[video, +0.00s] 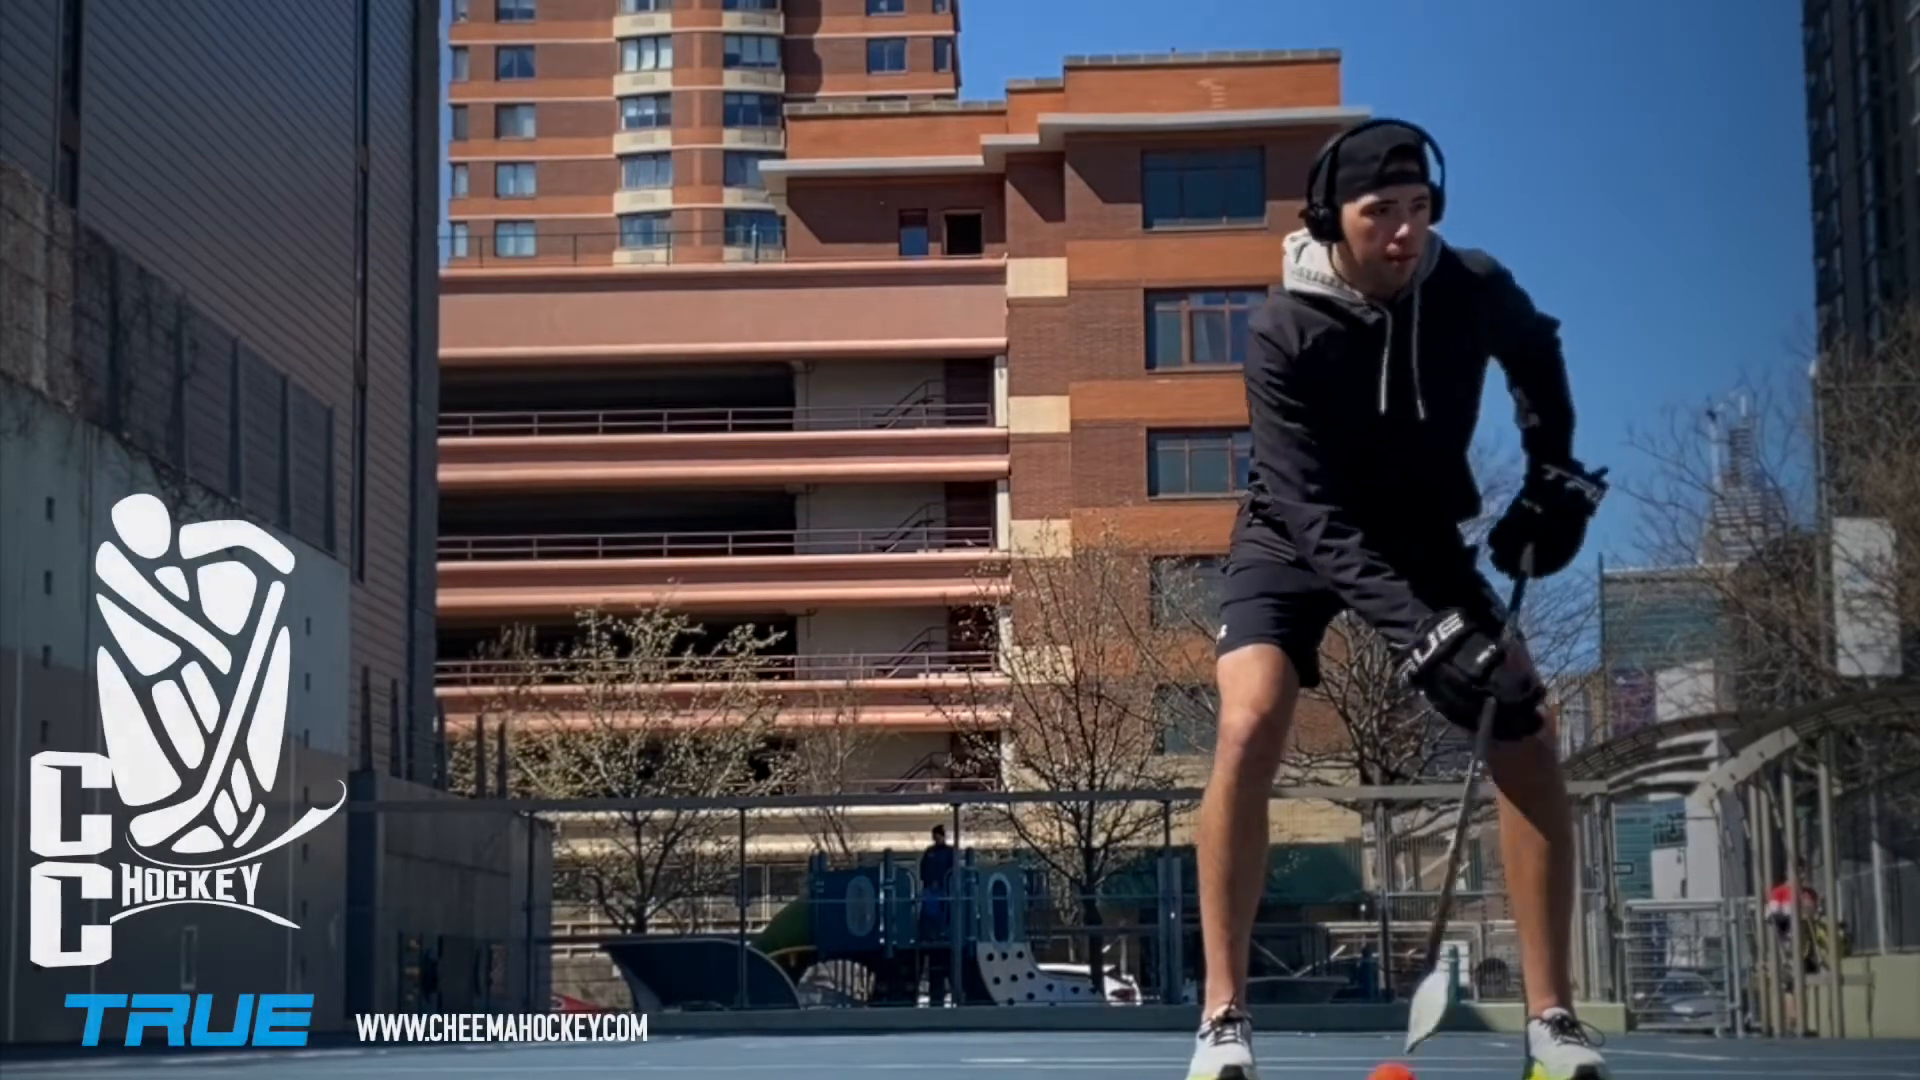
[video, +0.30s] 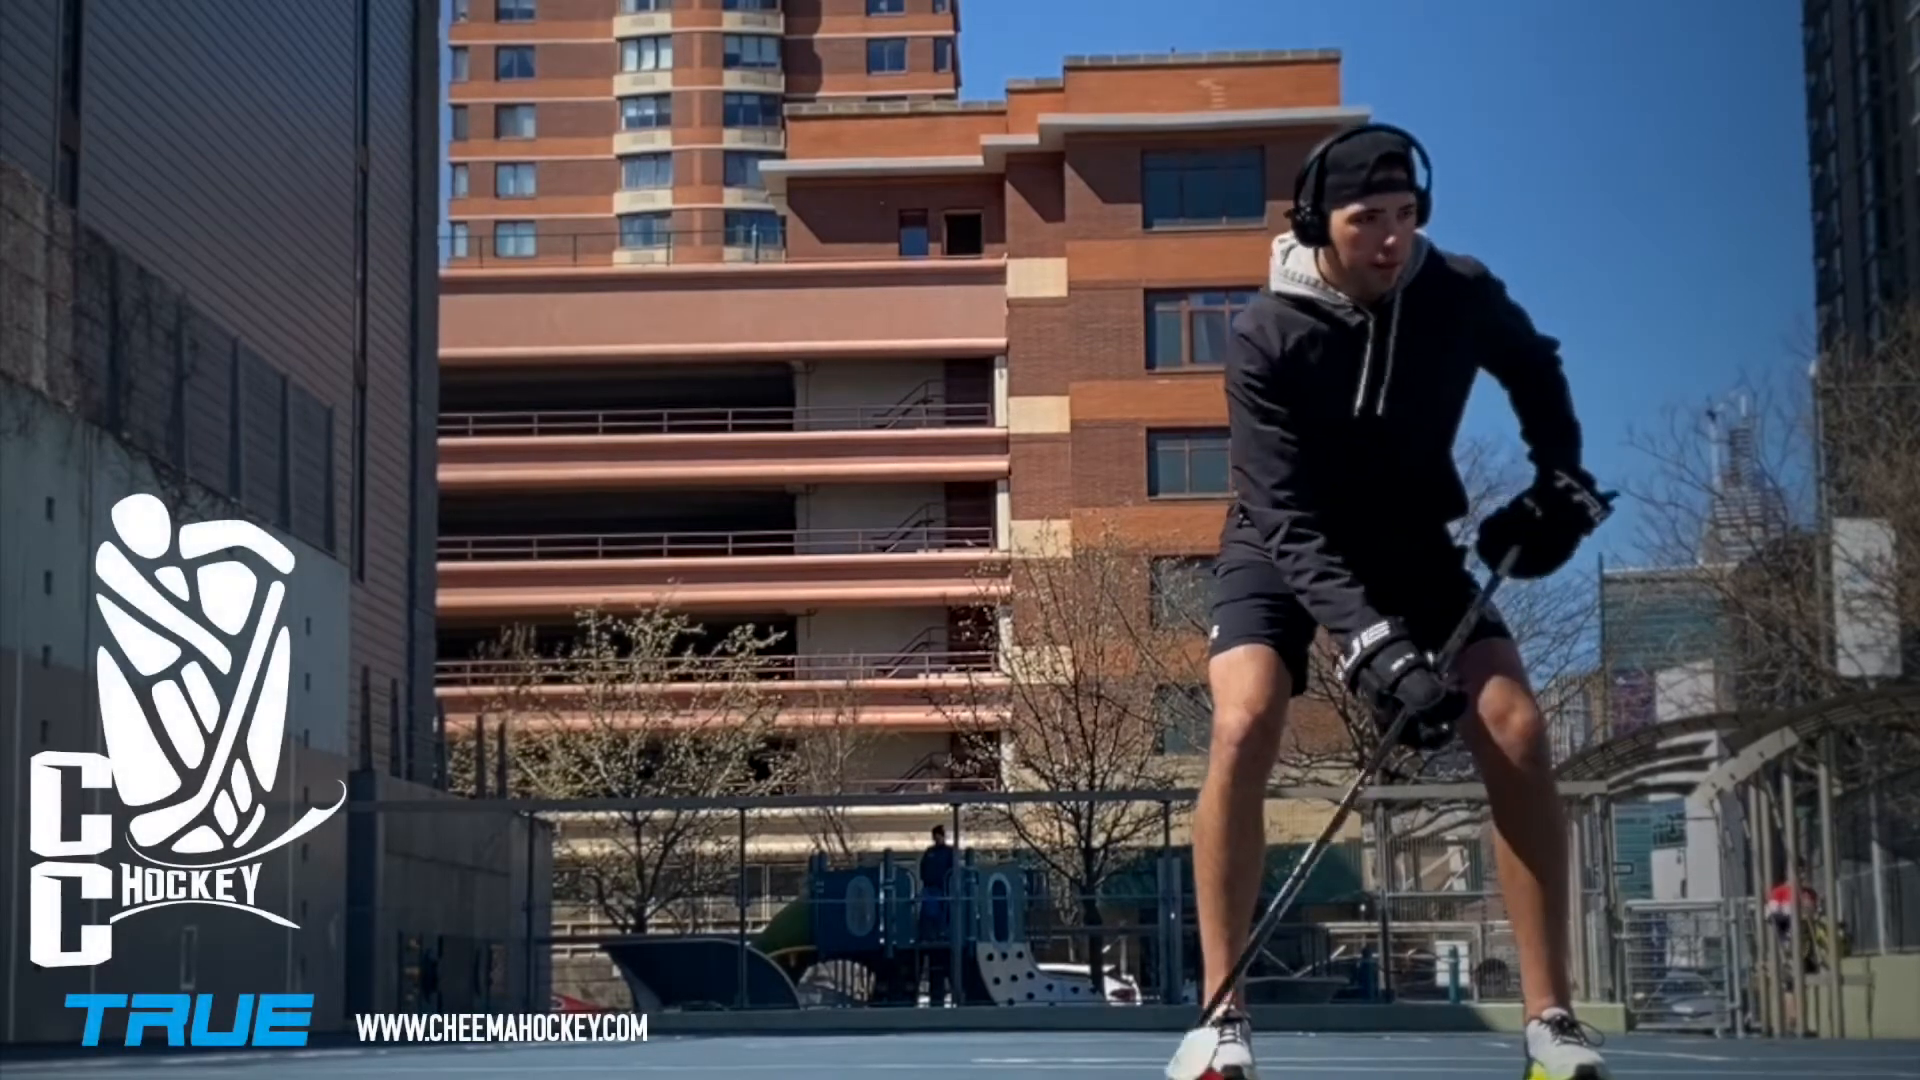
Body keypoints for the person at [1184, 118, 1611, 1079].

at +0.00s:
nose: (1404, 229)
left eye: (1419, 208)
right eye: (1380, 211)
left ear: (1436, 211)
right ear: (1332, 219)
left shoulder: (1471, 287)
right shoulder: (1286, 328)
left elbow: (1534, 354)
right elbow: (1309, 515)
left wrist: (1551, 472)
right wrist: (1425, 632)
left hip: (1425, 534)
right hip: (1295, 535)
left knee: (1528, 744)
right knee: (1249, 727)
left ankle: (1552, 1018)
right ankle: (1223, 1016)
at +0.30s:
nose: (1391, 235)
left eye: (1405, 214)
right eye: (1368, 217)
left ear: (1422, 215)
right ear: (1319, 223)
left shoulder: (1460, 296)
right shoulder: (1269, 337)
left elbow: (1533, 369)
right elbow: (1281, 520)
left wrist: (1563, 479)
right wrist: (1372, 642)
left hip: (1414, 540)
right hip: (1281, 543)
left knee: (1518, 727)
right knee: (1243, 728)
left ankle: (1550, 1015)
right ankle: (1222, 1016)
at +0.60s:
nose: (1364, 244)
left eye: (1378, 222)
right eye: (1339, 226)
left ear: (1395, 218)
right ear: (1292, 227)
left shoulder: (1434, 280)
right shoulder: (1259, 342)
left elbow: (1502, 331)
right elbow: (1311, 522)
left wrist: (1496, 447)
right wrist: (1432, 650)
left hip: (1409, 533)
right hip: (1280, 538)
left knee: (1517, 741)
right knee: (1237, 726)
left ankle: (1547, 1014)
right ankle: (1221, 1014)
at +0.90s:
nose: (1395, 253)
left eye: (1411, 232)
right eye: (1375, 234)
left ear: (1430, 225)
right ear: (1331, 227)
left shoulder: (1467, 285)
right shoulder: (1278, 334)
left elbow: (1536, 347)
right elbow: (1293, 521)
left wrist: (1560, 465)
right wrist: (1414, 632)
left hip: (1426, 536)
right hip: (1296, 538)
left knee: (1527, 732)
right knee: (1250, 727)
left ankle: (1550, 1016)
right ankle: (1221, 1014)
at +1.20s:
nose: (1443, 249)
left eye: (1459, 227)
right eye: (1420, 229)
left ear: (1476, 223)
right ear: (1374, 223)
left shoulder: (1503, 290)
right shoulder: (1314, 329)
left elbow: (1564, 370)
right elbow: (1330, 515)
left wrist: (1591, 474)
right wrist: (1427, 638)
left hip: (1445, 538)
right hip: (1316, 538)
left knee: (1546, 730)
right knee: (1269, 729)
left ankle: (1554, 1018)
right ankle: (1224, 1013)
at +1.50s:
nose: (1408, 258)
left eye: (1424, 237)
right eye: (1387, 239)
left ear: (1444, 231)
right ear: (1345, 233)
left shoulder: (1478, 288)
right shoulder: (1300, 341)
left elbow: (1532, 342)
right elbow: (1350, 523)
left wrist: (1534, 454)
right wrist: (1484, 659)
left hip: (1438, 529)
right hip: (1309, 532)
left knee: (1525, 742)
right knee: (1252, 727)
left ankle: (1552, 1016)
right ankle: (1222, 1014)